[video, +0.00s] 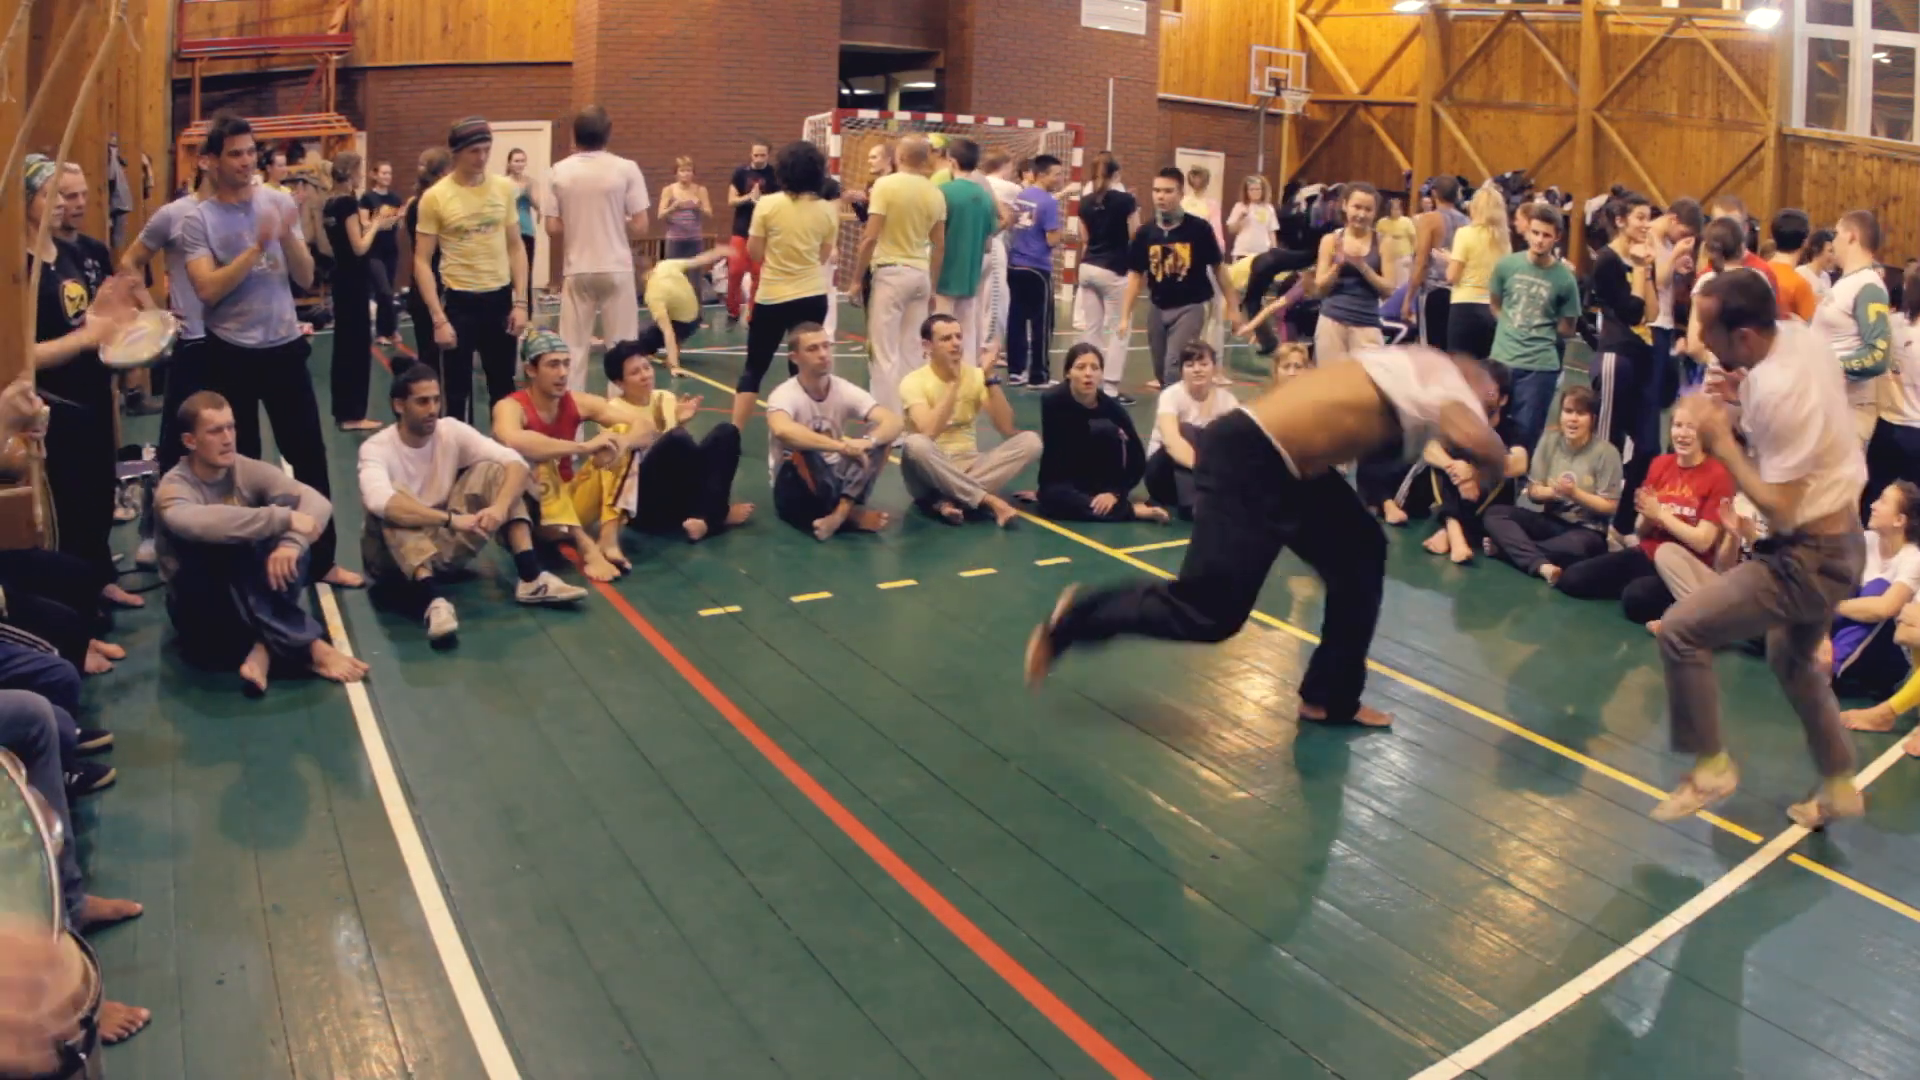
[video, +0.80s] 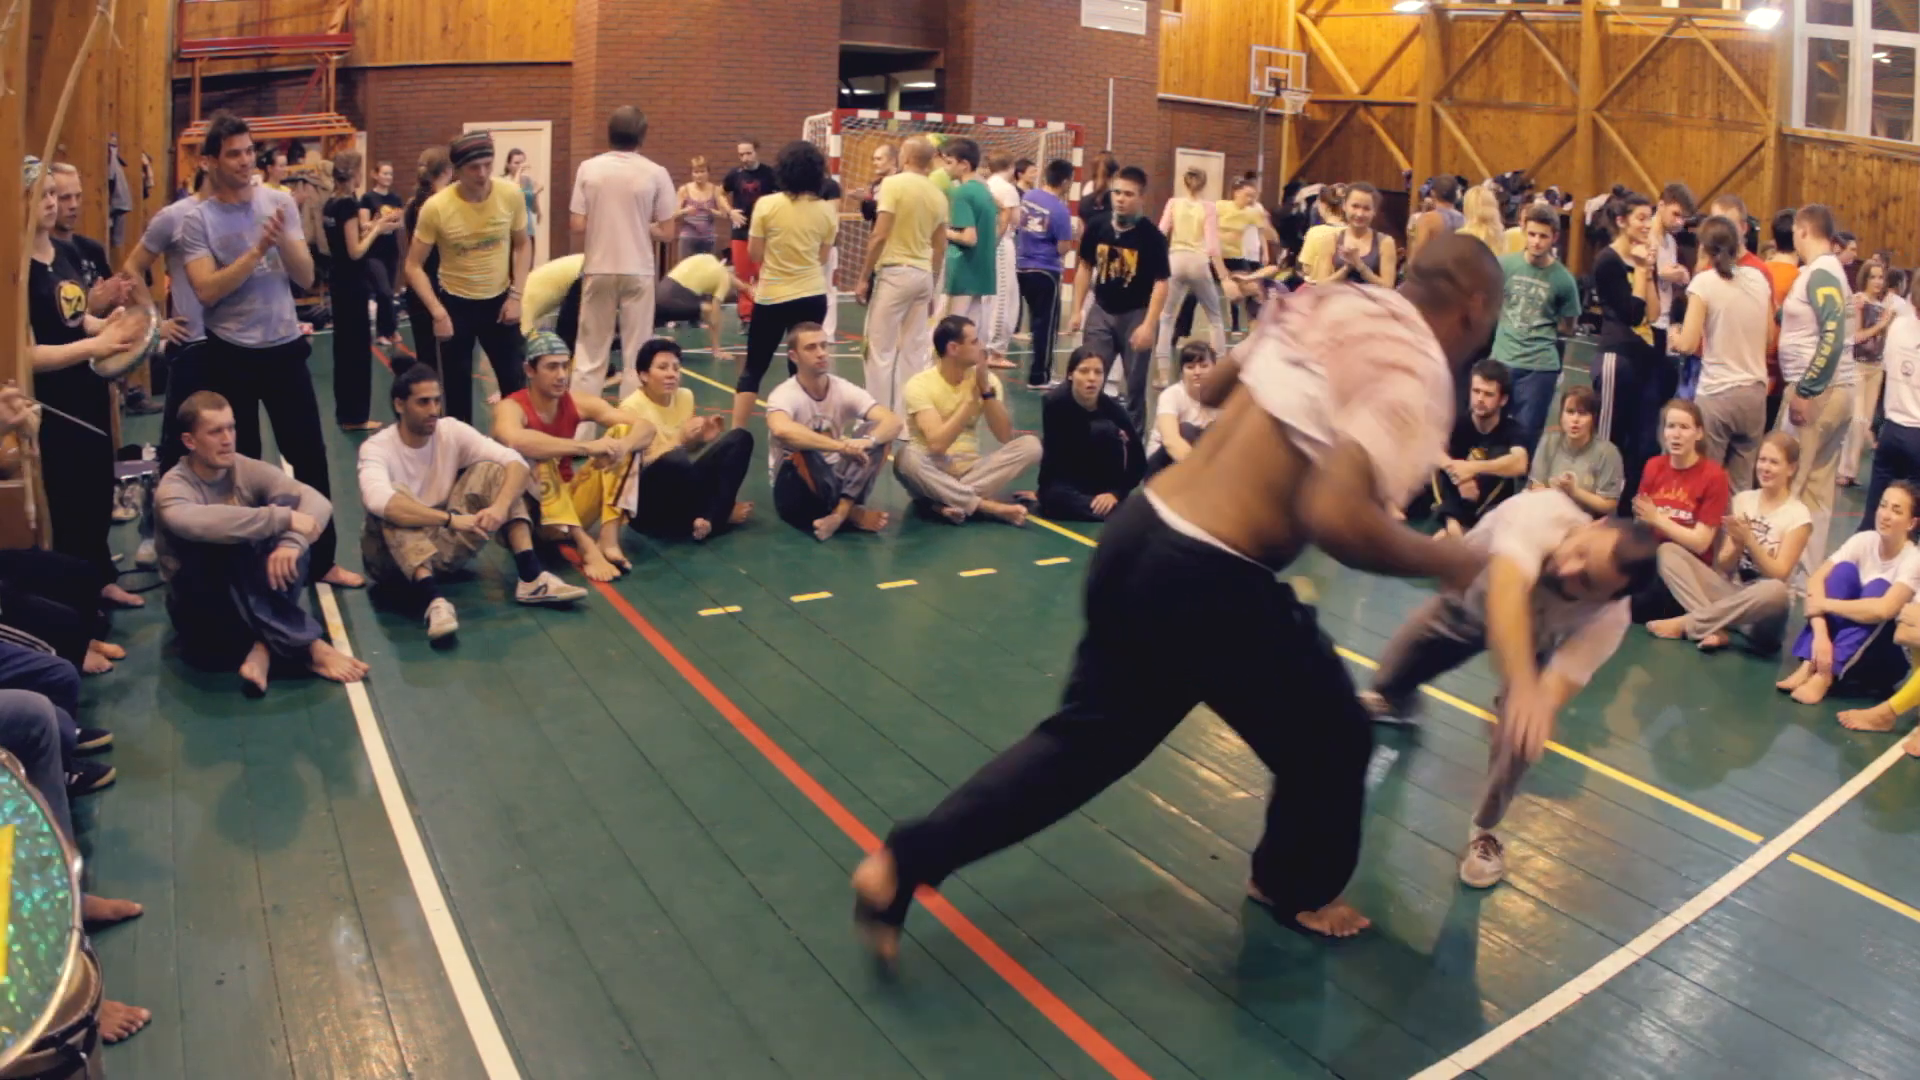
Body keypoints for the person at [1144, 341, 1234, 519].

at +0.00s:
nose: (1197, 370)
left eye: (1203, 364)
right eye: (1190, 365)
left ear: (1214, 368)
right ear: (1182, 370)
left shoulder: (1225, 399)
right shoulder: (1170, 396)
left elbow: (1239, 437)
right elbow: (1171, 441)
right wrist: (1207, 467)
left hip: (1211, 483)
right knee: (1186, 431)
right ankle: (1194, 505)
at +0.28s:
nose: (1197, 372)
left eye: (1203, 365)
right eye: (1190, 366)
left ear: (1213, 368)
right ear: (1181, 371)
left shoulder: (1227, 400)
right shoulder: (1169, 396)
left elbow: (1236, 444)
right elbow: (1171, 441)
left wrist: (1221, 475)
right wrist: (1205, 470)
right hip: (1167, 480)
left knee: (1217, 427)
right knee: (1186, 430)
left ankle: (1217, 501)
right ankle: (1194, 504)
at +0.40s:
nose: (1197, 372)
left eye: (1203, 365)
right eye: (1190, 366)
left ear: (1214, 369)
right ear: (1181, 371)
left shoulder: (1227, 399)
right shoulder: (1170, 396)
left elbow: (1232, 442)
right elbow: (1172, 445)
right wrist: (1206, 471)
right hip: (1168, 478)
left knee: (1217, 427)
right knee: (1186, 430)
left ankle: (1222, 497)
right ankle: (1192, 504)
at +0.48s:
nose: (1197, 372)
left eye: (1203, 366)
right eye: (1190, 367)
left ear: (1214, 368)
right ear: (1181, 370)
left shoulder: (1227, 400)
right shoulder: (1169, 396)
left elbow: (1237, 443)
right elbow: (1171, 442)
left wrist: (1220, 473)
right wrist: (1204, 469)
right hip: (1167, 480)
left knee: (1217, 427)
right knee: (1187, 430)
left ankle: (1217, 502)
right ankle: (1191, 503)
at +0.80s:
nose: (1197, 373)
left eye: (1203, 366)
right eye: (1190, 367)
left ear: (1214, 367)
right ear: (1182, 371)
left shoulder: (1220, 396)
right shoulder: (1171, 395)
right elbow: (1170, 440)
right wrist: (1200, 470)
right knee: (1186, 430)